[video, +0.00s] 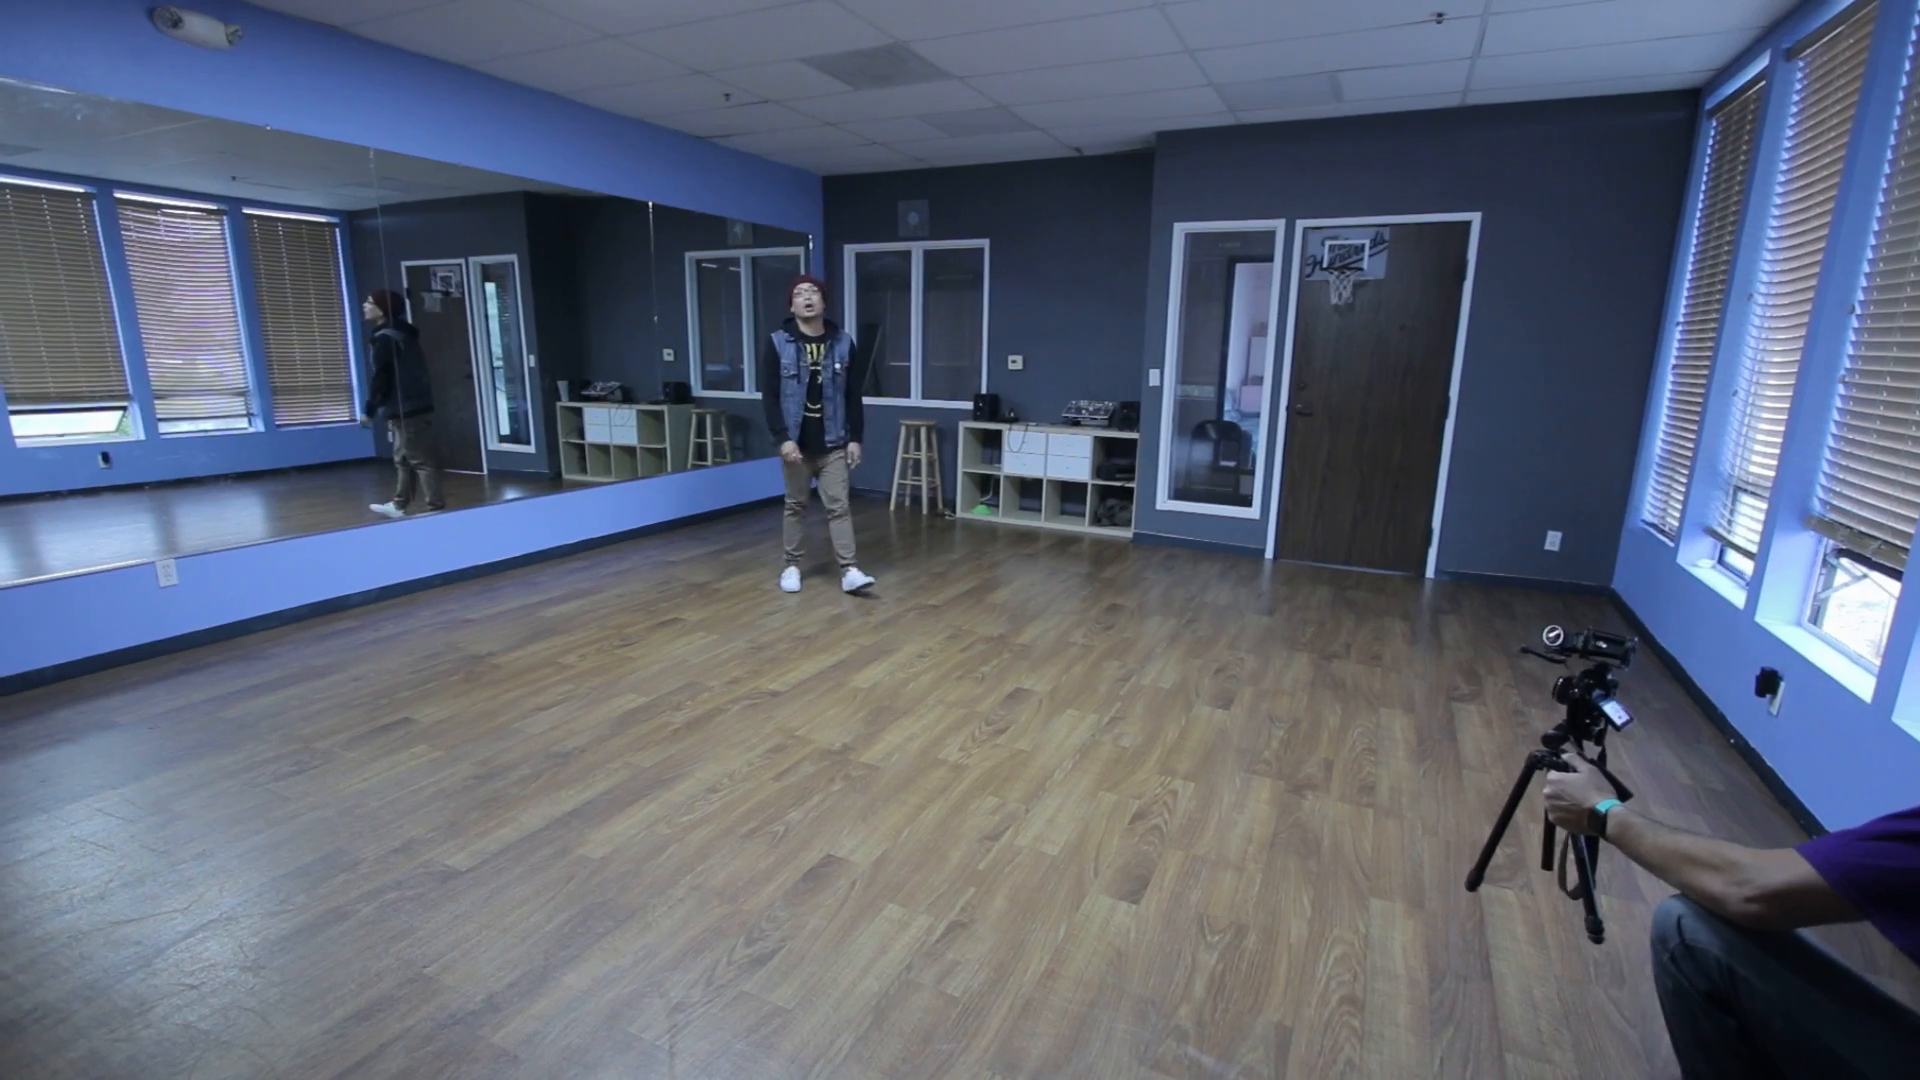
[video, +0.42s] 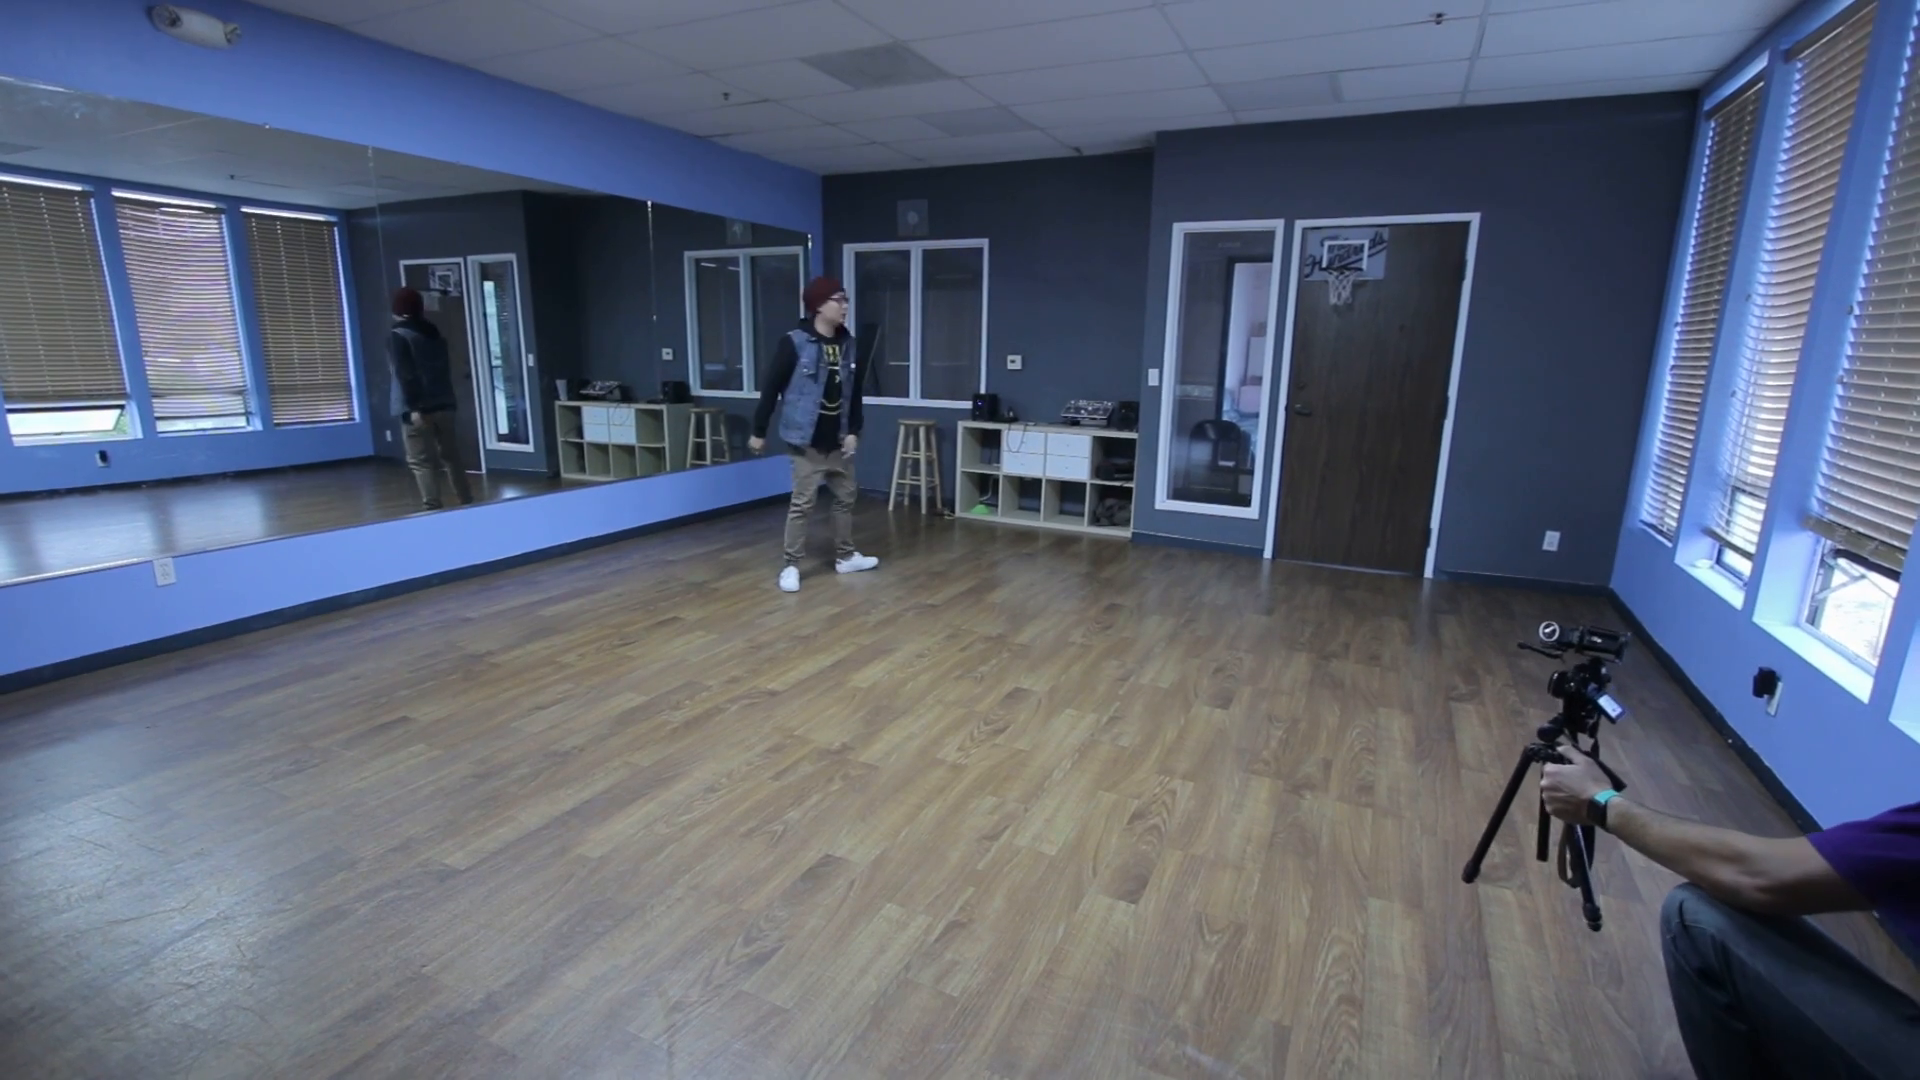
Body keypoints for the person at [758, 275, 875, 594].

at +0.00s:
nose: (808, 298)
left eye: (813, 293)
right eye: (801, 294)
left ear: (824, 301)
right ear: (791, 305)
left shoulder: (843, 341)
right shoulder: (777, 342)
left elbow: (854, 393)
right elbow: (770, 395)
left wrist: (855, 438)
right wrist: (783, 438)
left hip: (833, 440)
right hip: (796, 441)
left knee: (839, 506)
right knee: (795, 506)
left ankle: (849, 569)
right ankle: (792, 566)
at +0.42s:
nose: (845, 306)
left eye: (845, 300)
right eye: (838, 301)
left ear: (839, 306)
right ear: (818, 306)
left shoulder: (848, 344)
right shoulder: (794, 343)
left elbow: (855, 392)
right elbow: (771, 387)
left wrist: (854, 430)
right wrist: (759, 431)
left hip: (839, 437)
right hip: (805, 438)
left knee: (845, 498)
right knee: (801, 503)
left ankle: (845, 556)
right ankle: (791, 565)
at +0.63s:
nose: (869, 310)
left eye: (869, 304)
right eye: (865, 304)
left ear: (850, 308)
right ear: (849, 307)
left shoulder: (857, 343)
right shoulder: (828, 344)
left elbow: (862, 392)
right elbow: (813, 392)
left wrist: (871, 427)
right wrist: (806, 437)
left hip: (855, 438)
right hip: (831, 438)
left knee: (849, 499)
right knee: (823, 499)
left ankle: (845, 558)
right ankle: (796, 563)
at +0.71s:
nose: (877, 310)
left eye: (876, 305)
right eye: (873, 305)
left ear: (854, 307)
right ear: (860, 307)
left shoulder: (860, 341)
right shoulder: (842, 342)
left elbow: (866, 392)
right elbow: (834, 393)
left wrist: (875, 429)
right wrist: (833, 437)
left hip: (860, 435)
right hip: (842, 436)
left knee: (851, 496)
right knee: (836, 497)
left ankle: (844, 559)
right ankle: (809, 560)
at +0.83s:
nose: (888, 309)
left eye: (887, 304)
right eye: (886, 304)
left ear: (860, 306)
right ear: (877, 306)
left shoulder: (852, 335)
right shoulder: (863, 341)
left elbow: (856, 391)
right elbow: (862, 393)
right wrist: (876, 435)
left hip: (848, 431)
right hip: (855, 433)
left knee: (854, 492)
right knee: (865, 493)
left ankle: (848, 553)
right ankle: (845, 558)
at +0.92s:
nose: (895, 317)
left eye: (895, 311)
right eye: (894, 312)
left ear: (868, 310)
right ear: (886, 312)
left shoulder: (854, 338)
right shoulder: (876, 345)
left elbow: (854, 392)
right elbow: (878, 398)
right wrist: (894, 439)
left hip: (847, 433)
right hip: (867, 436)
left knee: (857, 495)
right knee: (887, 493)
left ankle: (845, 557)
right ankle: (873, 557)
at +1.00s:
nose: (903, 318)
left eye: (903, 313)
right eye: (903, 313)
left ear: (875, 313)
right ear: (896, 314)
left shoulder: (861, 341)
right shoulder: (888, 348)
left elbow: (862, 393)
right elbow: (891, 401)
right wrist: (905, 442)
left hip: (855, 435)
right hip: (878, 437)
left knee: (862, 494)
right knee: (906, 489)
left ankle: (846, 556)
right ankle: (901, 554)